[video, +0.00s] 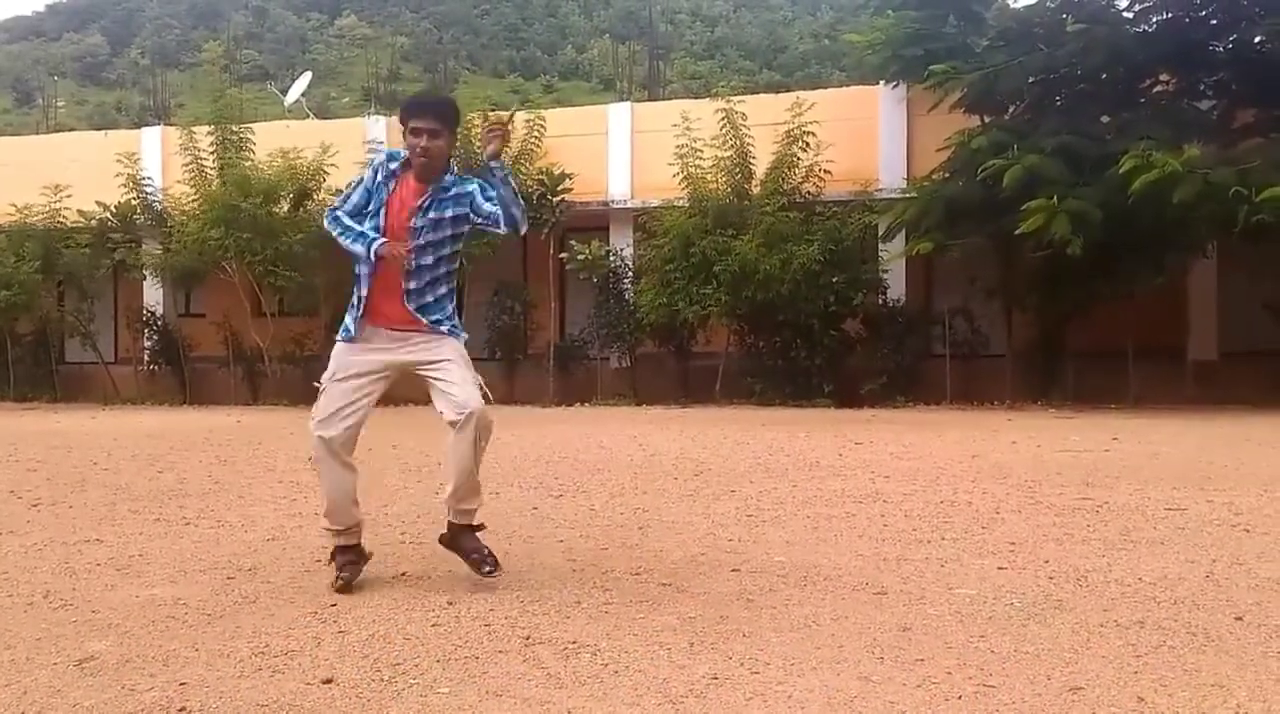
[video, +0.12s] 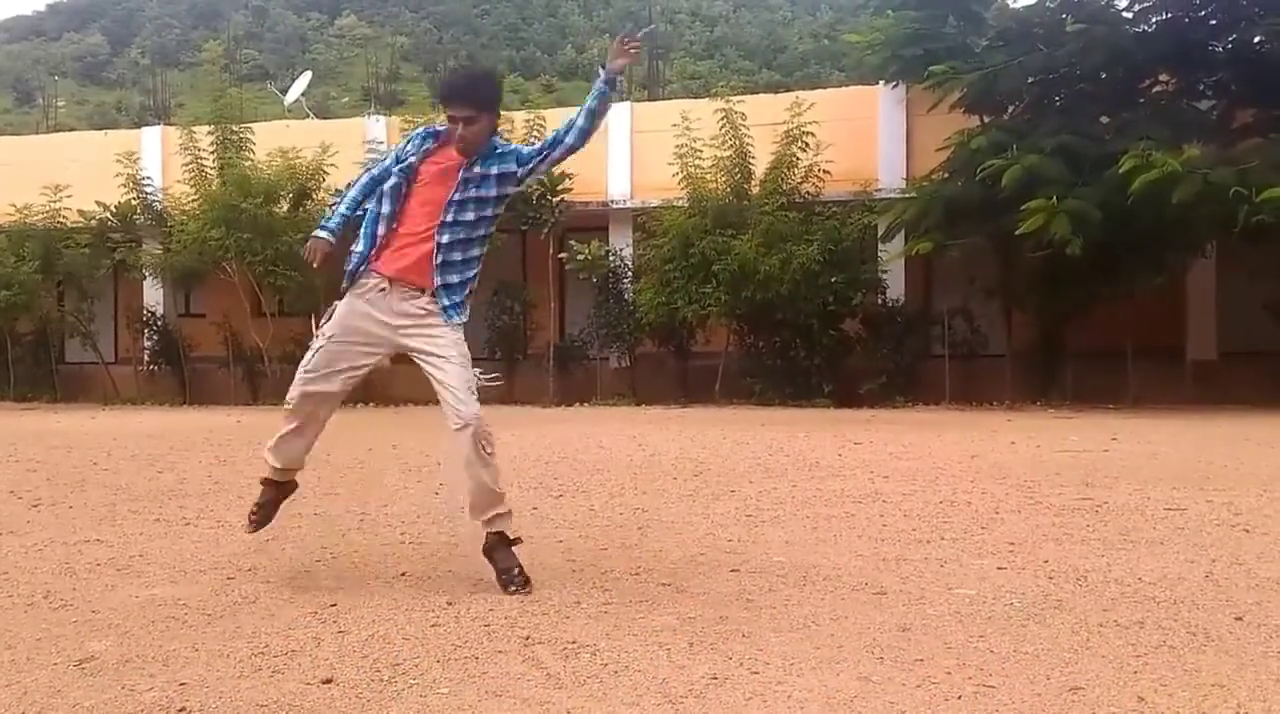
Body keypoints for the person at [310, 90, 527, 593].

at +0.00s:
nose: (420, 145)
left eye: (432, 136)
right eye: (413, 135)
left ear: (453, 142)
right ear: (403, 136)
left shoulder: (464, 190)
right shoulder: (383, 171)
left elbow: (513, 223)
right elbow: (337, 217)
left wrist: (495, 163)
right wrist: (372, 243)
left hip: (434, 333)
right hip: (366, 332)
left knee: (471, 412)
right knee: (328, 431)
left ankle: (462, 527)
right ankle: (347, 545)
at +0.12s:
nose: (458, 130)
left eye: (469, 121)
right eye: (452, 120)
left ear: (495, 118)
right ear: (444, 115)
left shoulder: (507, 163)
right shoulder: (423, 143)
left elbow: (570, 138)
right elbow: (370, 182)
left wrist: (611, 75)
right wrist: (331, 230)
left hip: (435, 313)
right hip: (370, 296)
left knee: (469, 419)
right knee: (307, 393)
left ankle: (498, 539)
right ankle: (279, 477)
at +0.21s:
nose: (473, 142)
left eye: (484, 132)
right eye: (468, 131)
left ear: (513, 128)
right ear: (461, 124)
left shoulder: (529, 168)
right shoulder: (444, 153)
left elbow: (585, 127)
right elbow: (388, 188)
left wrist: (639, 70)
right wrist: (332, 229)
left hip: (446, 327)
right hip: (387, 297)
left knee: (465, 441)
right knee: (301, 371)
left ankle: (495, 558)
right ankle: (253, 430)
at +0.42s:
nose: (505, 160)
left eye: (516, 149)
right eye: (497, 150)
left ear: (540, 151)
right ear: (488, 152)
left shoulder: (556, 211)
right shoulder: (467, 191)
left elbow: (621, 183)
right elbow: (414, 228)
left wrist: (660, 116)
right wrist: (356, 263)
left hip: (474, 355)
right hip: (417, 331)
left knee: (483, 462)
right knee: (336, 421)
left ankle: (496, 561)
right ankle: (282, 390)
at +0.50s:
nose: (509, 160)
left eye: (520, 150)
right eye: (500, 151)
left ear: (543, 155)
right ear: (492, 157)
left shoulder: (556, 227)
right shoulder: (468, 197)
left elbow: (622, 242)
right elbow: (412, 243)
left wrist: (647, 169)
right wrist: (355, 292)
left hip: (478, 362)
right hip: (424, 338)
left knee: (483, 463)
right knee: (370, 454)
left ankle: (495, 560)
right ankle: (321, 413)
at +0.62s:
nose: (509, 159)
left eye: (520, 150)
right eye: (501, 150)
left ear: (541, 160)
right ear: (491, 158)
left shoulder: (548, 236)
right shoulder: (457, 204)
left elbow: (563, 314)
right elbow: (400, 259)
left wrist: (592, 287)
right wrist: (362, 321)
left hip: (487, 362)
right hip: (430, 346)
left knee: (490, 461)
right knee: (432, 459)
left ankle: (495, 559)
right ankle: (383, 464)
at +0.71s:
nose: (501, 153)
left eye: (513, 144)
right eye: (494, 143)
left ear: (532, 154)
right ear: (484, 150)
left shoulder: (537, 228)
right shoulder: (449, 200)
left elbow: (531, 301)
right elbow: (393, 259)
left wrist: (547, 342)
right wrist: (364, 331)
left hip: (491, 354)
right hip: (434, 340)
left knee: (498, 457)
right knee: (441, 450)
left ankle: (497, 560)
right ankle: (395, 494)